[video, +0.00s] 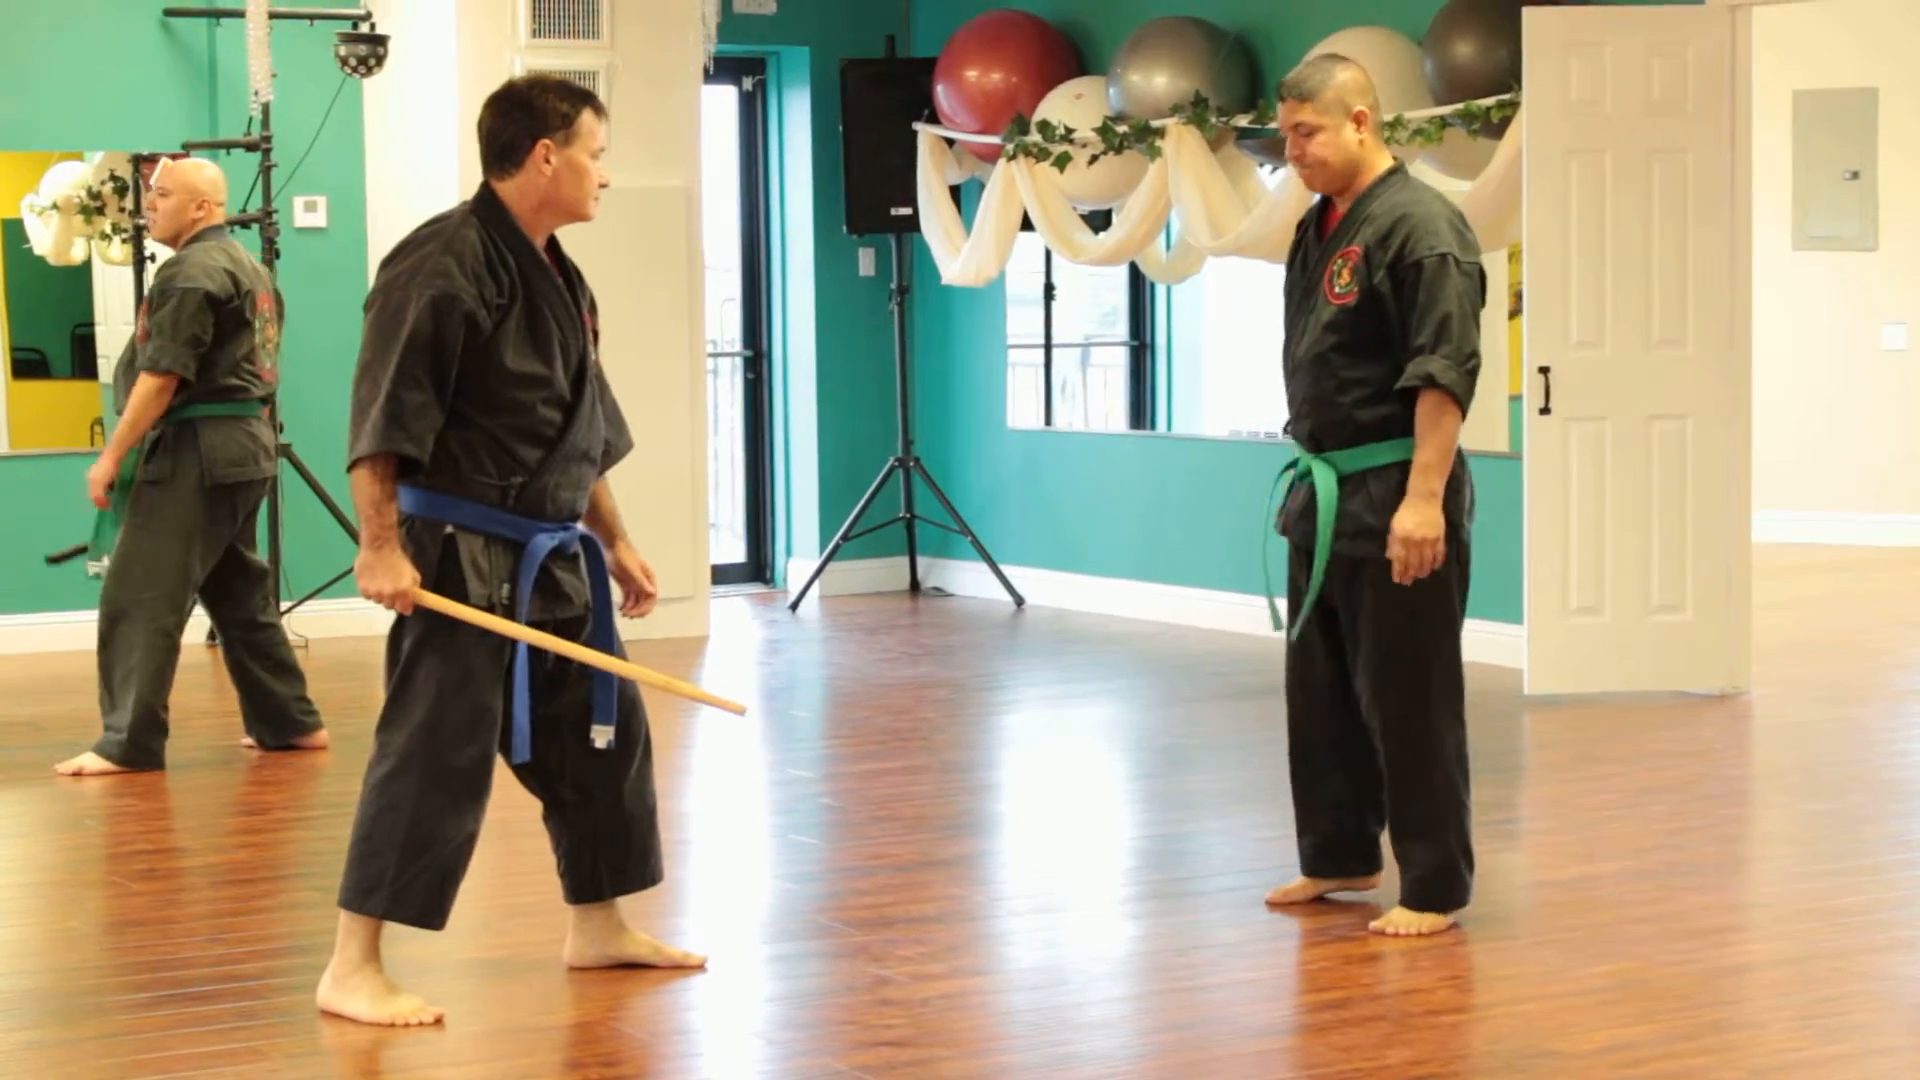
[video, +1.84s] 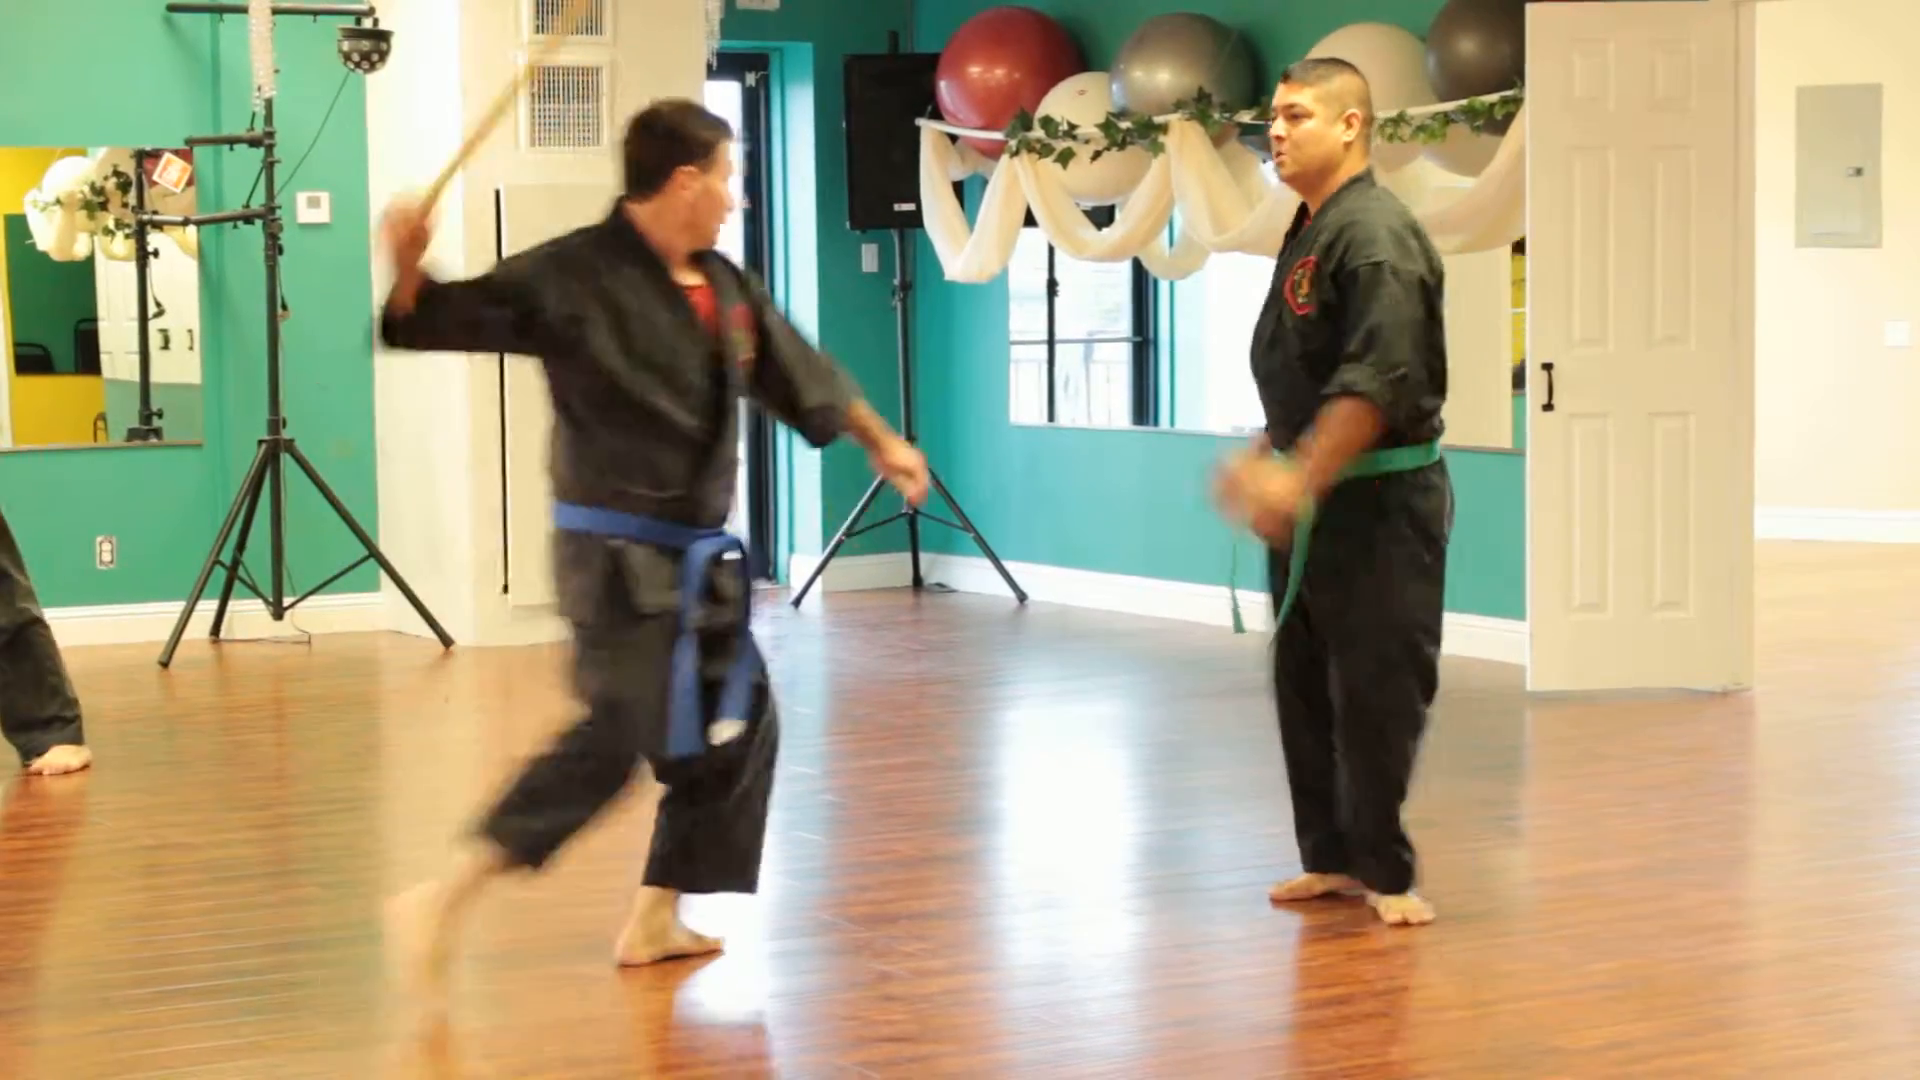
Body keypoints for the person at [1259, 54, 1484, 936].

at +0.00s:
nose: (1292, 152)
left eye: (1305, 134)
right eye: (1286, 137)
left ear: (1361, 123)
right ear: (1299, 137)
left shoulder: (1423, 225)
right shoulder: (1317, 226)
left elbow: (1444, 373)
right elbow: (1317, 360)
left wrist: (1424, 496)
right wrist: (1305, 475)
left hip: (1399, 480)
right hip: (1326, 480)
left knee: (1410, 693)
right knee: (1324, 684)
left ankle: (1435, 890)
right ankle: (1343, 861)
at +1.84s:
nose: (1276, 131)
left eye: (1295, 116)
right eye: (1274, 118)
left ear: (1352, 127)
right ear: (1291, 132)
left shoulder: (1377, 233)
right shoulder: (1313, 228)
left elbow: (1375, 385)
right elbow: (1312, 373)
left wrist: (1301, 477)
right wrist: (1268, 454)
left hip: (1385, 487)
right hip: (1318, 480)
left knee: (1375, 679)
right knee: (1307, 675)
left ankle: (1388, 873)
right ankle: (1336, 861)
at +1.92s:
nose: (1272, 144)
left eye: (1291, 129)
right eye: (1269, 131)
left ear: (1347, 140)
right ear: (1274, 145)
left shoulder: (1366, 239)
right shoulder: (1310, 241)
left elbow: (1335, 370)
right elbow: (1283, 369)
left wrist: (1220, 383)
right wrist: (1264, 387)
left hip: (1379, 497)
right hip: (1303, 494)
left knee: (1373, 688)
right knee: (1246, 658)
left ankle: (1384, 873)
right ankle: (1308, 824)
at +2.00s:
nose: (1268, 154)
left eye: (1286, 139)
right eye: (1264, 140)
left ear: (1340, 150)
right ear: (1269, 153)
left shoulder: (1359, 253)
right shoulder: (1309, 244)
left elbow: (1255, 349)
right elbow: (1282, 296)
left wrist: (1170, 291)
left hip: (1371, 505)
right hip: (1291, 500)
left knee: (1366, 684)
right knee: (1199, 642)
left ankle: (1383, 878)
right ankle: (1226, 812)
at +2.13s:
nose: (1248, 163)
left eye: (1265, 146)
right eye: (1241, 150)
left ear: (1321, 153)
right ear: (1243, 164)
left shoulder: (1337, 247)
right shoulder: (1267, 246)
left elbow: (1232, 291)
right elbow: (1201, 280)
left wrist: (1146, 230)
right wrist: (1168, 204)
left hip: (1343, 513)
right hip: (1257, 510)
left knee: (1338, 691)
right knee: (1159, 663)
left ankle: (1382, 884)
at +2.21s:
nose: (1194, 169)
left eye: (1210, 154)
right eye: (1188, 156)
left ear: (1265, 162)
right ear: (1185, 167)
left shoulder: (1293, 246)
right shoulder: (1191, 261)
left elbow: (1219, 245)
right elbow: (1128, 295)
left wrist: (1116, 212)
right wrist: (1079, 205)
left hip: (1284, 513)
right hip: (1189, 510)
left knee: (1299, 694)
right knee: (1096, 676)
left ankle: (1348, 884)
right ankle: (1016, 826)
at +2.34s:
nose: (1133, 163)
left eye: (1154, 146)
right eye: (1125, 149)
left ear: (1198, 158)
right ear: (1112, 162)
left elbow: (1305, 199)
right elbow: (999, 282)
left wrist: (1201, 167)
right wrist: (959, 194)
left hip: (1228, 516)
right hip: (1121, 515)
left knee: (1270, 694)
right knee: (1041, 672)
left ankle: (1353, 880)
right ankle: (953, 831)